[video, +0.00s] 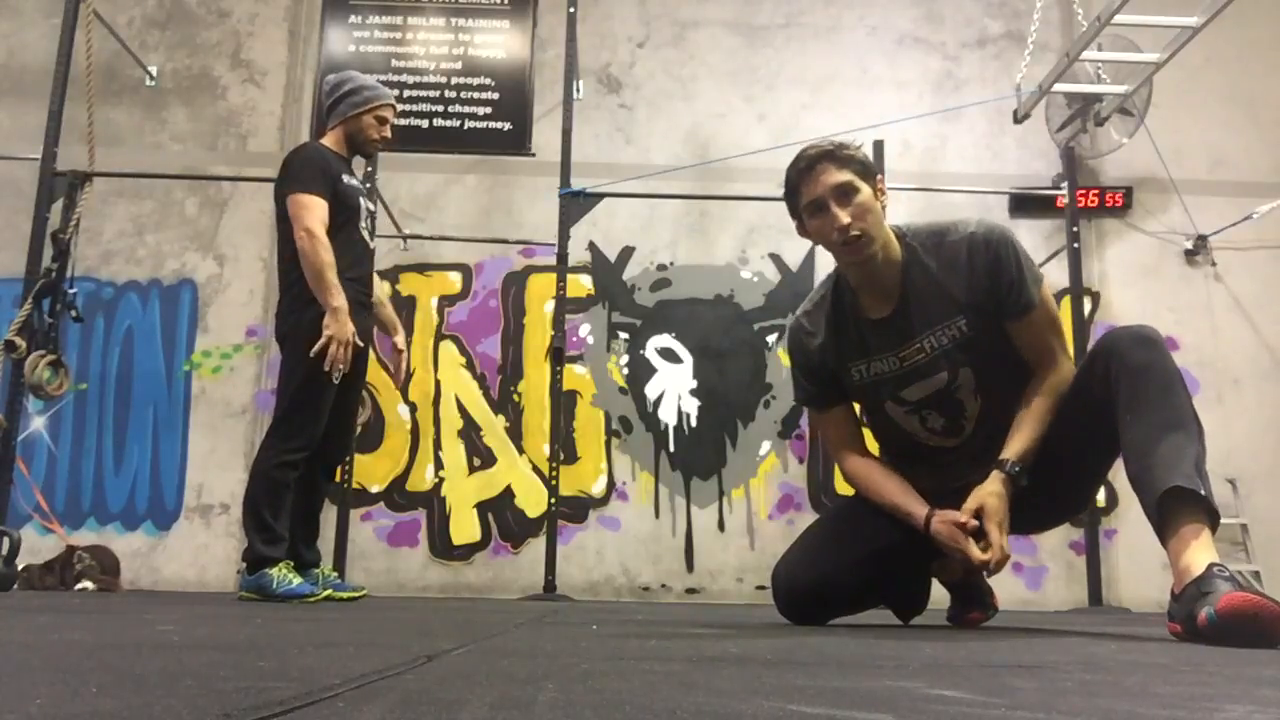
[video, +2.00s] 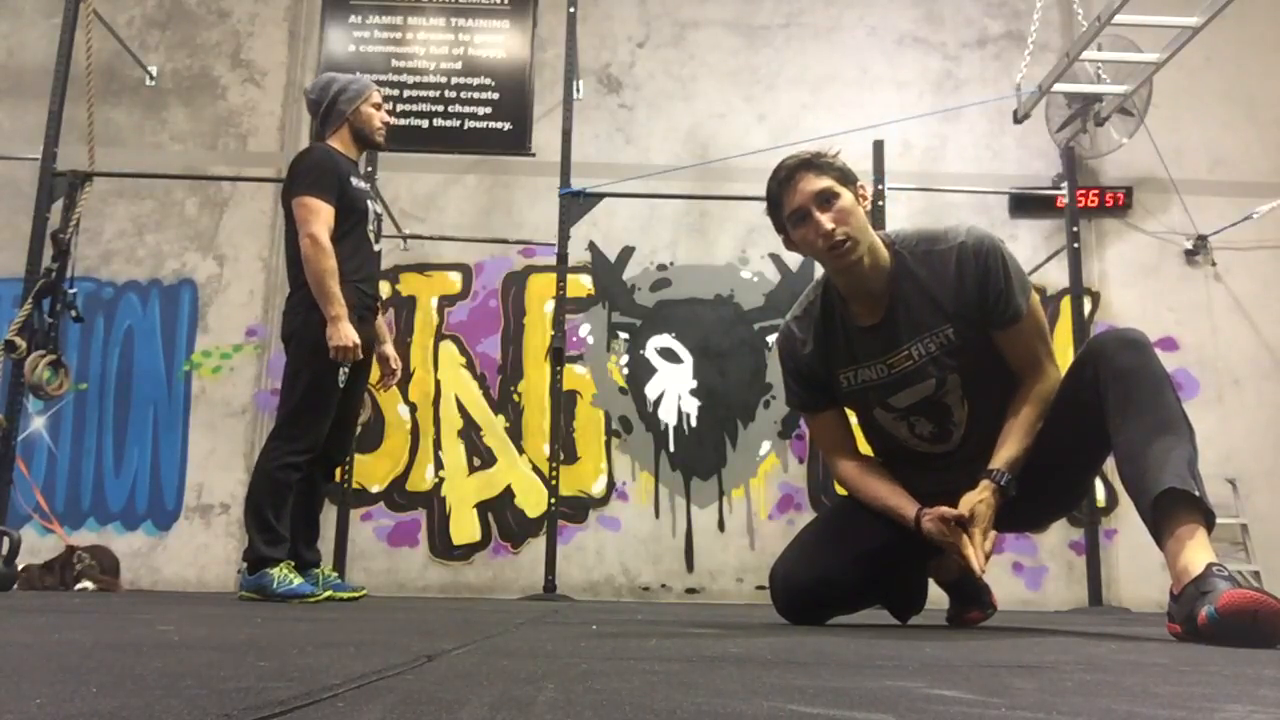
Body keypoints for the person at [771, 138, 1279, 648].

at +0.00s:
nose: (839, 221)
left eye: (846, 196)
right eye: (817, 214)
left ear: (879, 194)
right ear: (807, 235)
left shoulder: (982, 254)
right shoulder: (815, 333)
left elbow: (1055, 370)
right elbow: (848, 454)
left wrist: (1003, 478)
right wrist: (928, 518)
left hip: (1030, 470)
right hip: (922, 496)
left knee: (1134, 347)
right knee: (799, 591)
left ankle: (1197, 574)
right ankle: (946, 562)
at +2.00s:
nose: (822, 223)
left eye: (828, 200)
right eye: (800, 221)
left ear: (863, 195)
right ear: (793, 245)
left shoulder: (970, 259)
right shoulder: (804, 340)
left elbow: (1040, 379)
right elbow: (841, 456)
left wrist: (992, 485)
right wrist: (916, 516)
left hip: (1018, 472)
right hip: (913, 497)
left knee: (1120, 349)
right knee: (796, 590)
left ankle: (1195, 578)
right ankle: (940, 560)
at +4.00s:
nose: (820, 221)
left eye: (823, 199)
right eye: (797, 221)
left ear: (854, 197)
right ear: (788, 250)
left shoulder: (963, 259)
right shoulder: (800, 343)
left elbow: (1037, 378)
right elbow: (839, 458)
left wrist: (992, 488)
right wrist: (918, 519)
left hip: (1015, 469)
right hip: (911, 496)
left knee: (1115, 348)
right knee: (795, 591)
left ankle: (1195, 578)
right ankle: (934, 561)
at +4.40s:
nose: (820, 221)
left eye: (823, 199)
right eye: (797, 220)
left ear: (854, 198)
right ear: (788, 249)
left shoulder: (963, 259)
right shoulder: (800, 342)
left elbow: (1037, 378)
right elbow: (839, 458)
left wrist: (992, 488)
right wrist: (917, 519)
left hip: (1014, 469)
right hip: (909, 496)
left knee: (1116, 348)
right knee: (795, 591)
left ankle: (1195, 578)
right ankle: (935, 560)